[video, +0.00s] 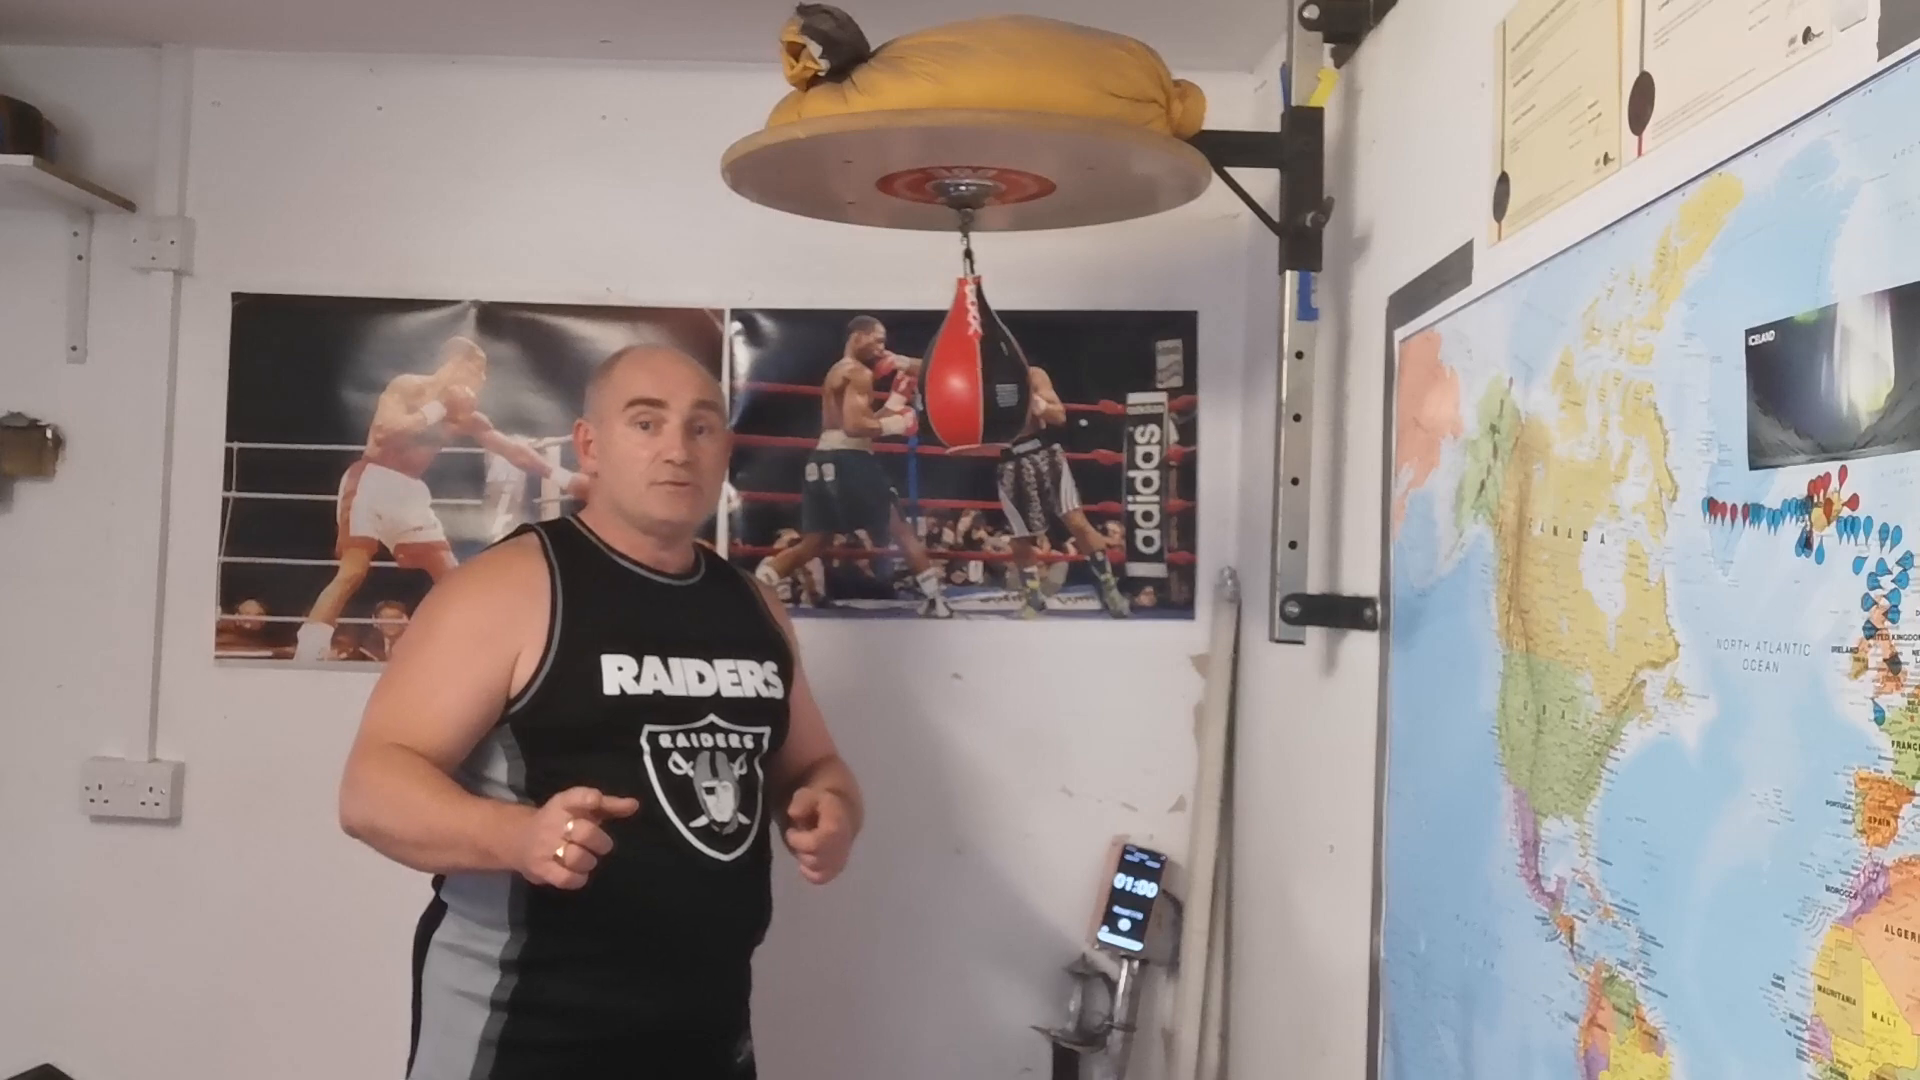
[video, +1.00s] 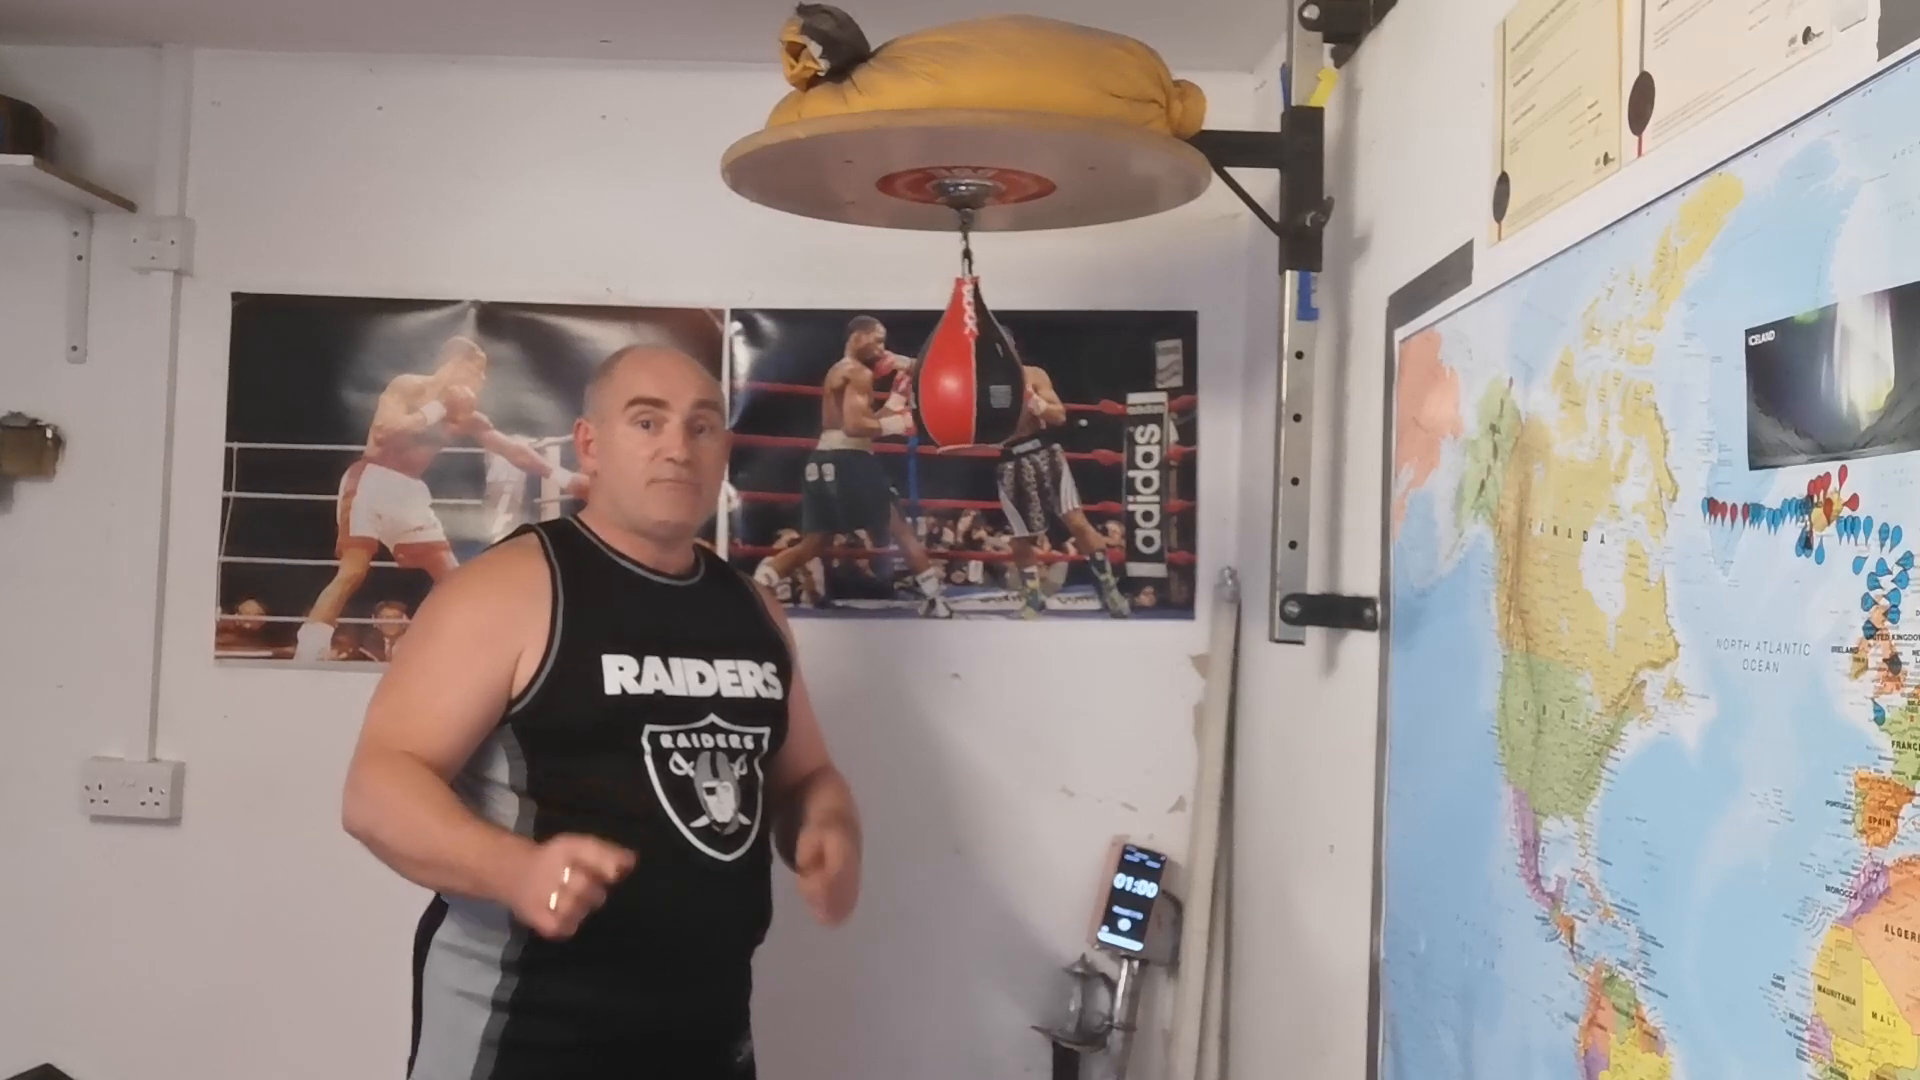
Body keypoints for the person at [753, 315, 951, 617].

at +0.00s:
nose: (881, 348)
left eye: (882, 343)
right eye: (878, 341)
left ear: (857, 340)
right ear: (857, 337)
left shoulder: (834, 374)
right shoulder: (858, 373)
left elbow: (851, 424)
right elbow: (854, 426)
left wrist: (890, 407)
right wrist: (895, 423)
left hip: (820, 463)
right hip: (852, 463)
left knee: (815, 542)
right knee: (901, 529)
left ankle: (756, 587)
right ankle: (936, 598)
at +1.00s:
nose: (881, 349)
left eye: (883, 343)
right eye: (878, 342)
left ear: (857, 340)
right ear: (858, 337)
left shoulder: (834, 372)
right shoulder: (858, 373)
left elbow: (848, 422)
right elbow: (854, 425)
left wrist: (886, 409)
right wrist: (894, 423)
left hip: (820, 463)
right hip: (852, 463)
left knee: (816, 541)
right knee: (901, 529)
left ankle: (756, 587)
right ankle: (935, 597)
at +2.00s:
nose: (881, 349)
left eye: (883, 343)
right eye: (878, 342)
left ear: (856, 340)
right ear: (858, 338)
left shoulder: (834, 373)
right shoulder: (859, 373)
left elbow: (847, 421)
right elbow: (854, 425)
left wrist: (885, 411)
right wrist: (890, 425)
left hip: (820, 463)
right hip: (852, 463)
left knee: (814, 542)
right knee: (902, 531)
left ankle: (755, 587)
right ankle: (935, 598)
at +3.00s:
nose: (881, 350)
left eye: (883, 343)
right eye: (877, 342)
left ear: (855, 341)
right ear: (857, 338)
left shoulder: (834, 372)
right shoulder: (859, 373)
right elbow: (854, 425)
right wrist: (888, 424)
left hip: (820, 463)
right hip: (852, 463)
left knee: (814, 542)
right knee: (902, 530)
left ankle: (755, 588)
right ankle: (935, 597)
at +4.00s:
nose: (881, 348)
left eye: (882, 342)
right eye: (878, 342)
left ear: (854, 340)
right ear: (857, 338)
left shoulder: (835, 372)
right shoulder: (860, 372)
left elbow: (844, 418)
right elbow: (855, 425)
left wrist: (882, 375)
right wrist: (888, 424)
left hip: (820, 464)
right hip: (853, 464)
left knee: (812, 544)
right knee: (903, 531)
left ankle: (751, 591)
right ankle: (935, 599)